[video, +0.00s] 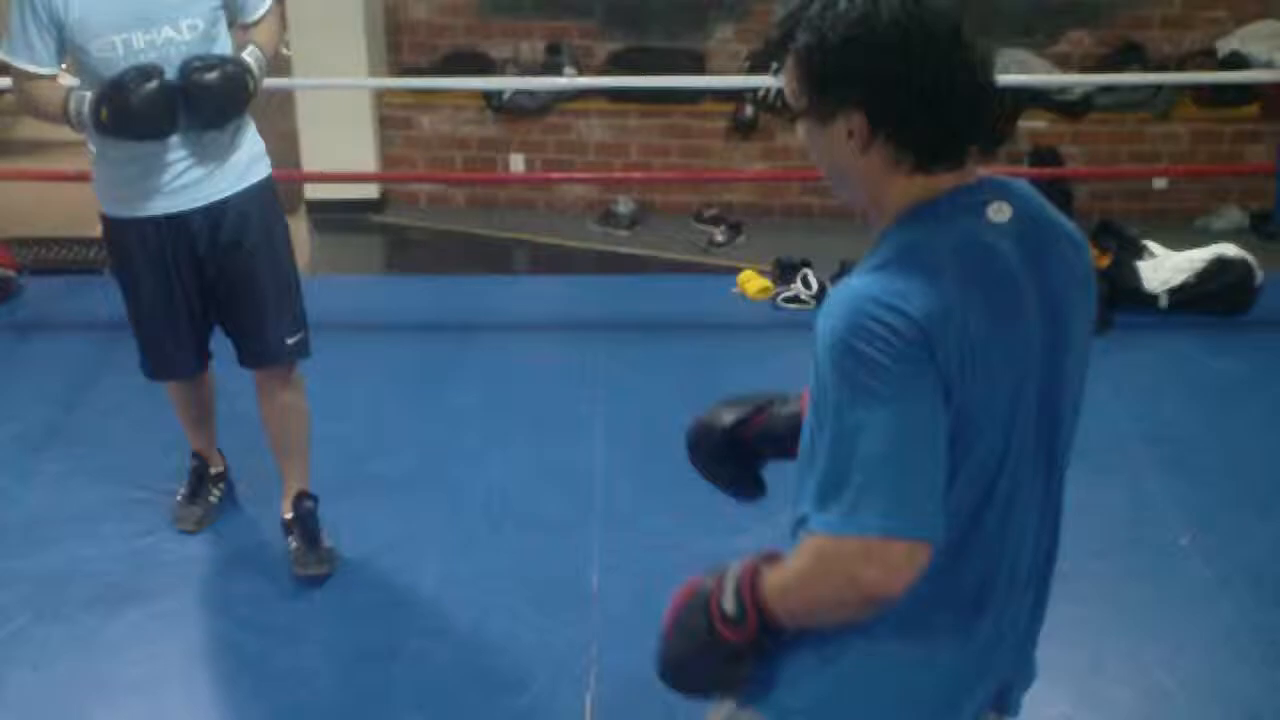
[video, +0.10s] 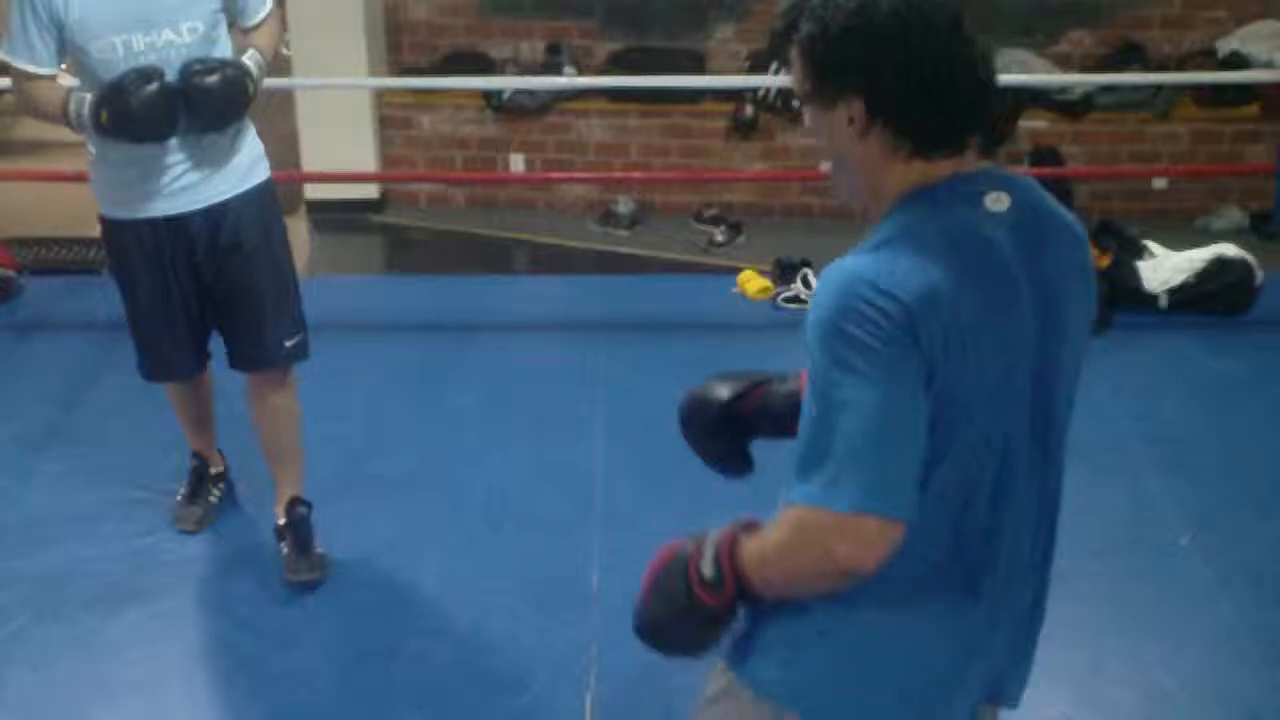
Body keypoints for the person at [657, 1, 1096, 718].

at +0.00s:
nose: (804, 141)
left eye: (804, 117)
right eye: (798, 116)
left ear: (857, 127)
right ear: (949, 96)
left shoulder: (877, 312)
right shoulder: (1047, 236)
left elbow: (874, 559)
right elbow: (982, 414)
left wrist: (739, 605)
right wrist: (799, 423)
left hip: (862, 694)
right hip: (988, 669)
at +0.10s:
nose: (809, 136)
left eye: (807, 107)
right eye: (801, 107)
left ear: (857, 113)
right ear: (950, 85)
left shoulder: (874, 289)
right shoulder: (1052, 233)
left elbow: (852, 533)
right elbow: (978, 396)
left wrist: (719, 565)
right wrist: (798, 400)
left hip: (837, 683)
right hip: (978, 666)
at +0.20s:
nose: (812, 112)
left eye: (812, 86)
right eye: (809, 88)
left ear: (852, 92)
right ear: (955, 74)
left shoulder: (842, 257)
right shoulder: (1055, 229)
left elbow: (791, 485)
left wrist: (669, 489)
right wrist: (793, 376)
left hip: (819, 654)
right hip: (975, 650)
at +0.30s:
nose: (802, 93)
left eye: (803, 71)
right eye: (799, 72)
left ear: (835, 81)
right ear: (952, 70)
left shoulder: (804, 231)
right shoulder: (1040, 220)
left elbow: (715, 433)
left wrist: (608, 413)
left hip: (798, 628)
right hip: (960, 630)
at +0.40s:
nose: (775, 83)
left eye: (777, 60)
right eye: (775, 60)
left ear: (805, 70)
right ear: (914, 65)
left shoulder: (759, 214)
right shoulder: (1005, 209)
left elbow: (623, 382)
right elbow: (1012, 366)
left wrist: (533, 334)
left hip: (778, 607)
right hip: (943, 609)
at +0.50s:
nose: (738, 77)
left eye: (740, 59)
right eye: (740, 58)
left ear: (760, 71)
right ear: (870, 67)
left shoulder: (702, 203)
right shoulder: (959, 198)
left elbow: (536, 319)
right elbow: (989, 341)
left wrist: (474, 258)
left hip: (743, 580)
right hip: (908, 584)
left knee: (691, 708)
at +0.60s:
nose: (687, 48)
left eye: (688, 34)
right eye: (692, 33)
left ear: (701, 45)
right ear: (806, 41)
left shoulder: (649, 175)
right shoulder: (901, 166)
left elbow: (483, 255)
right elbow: (945, 307)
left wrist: (421, 180)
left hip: (708, 538)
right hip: (867, 541)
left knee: (671, 700)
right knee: (871, 709)